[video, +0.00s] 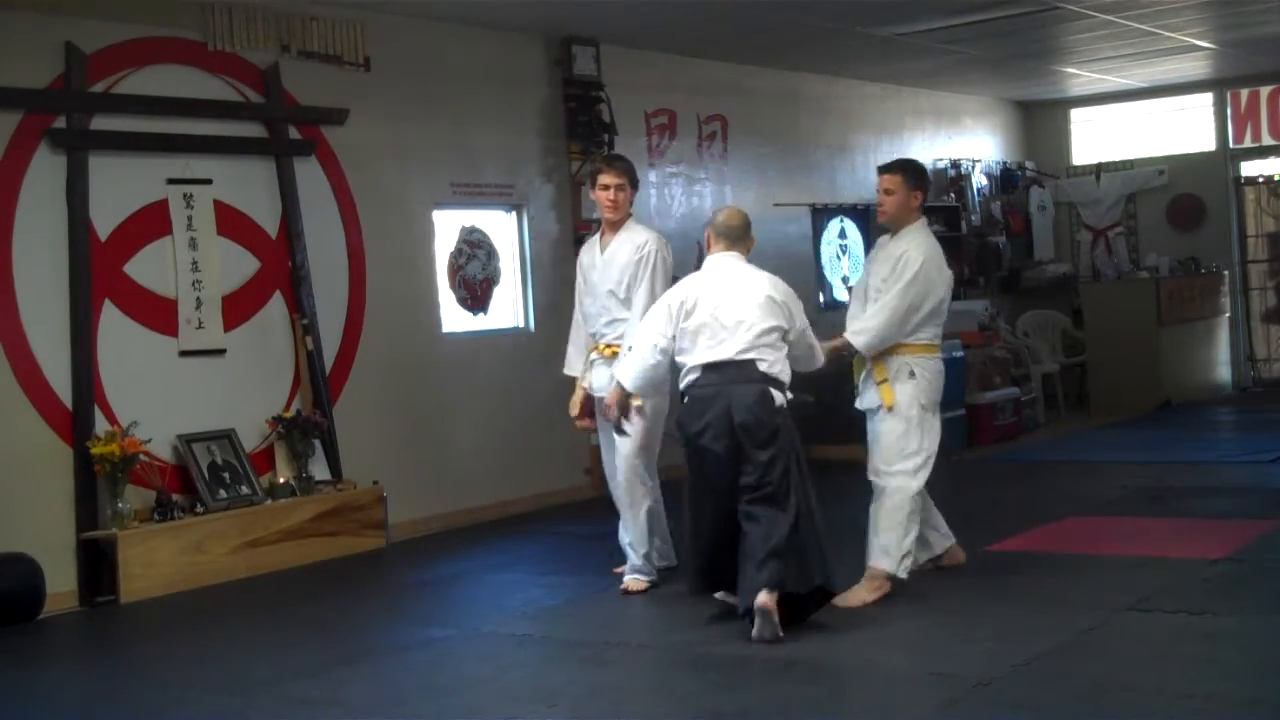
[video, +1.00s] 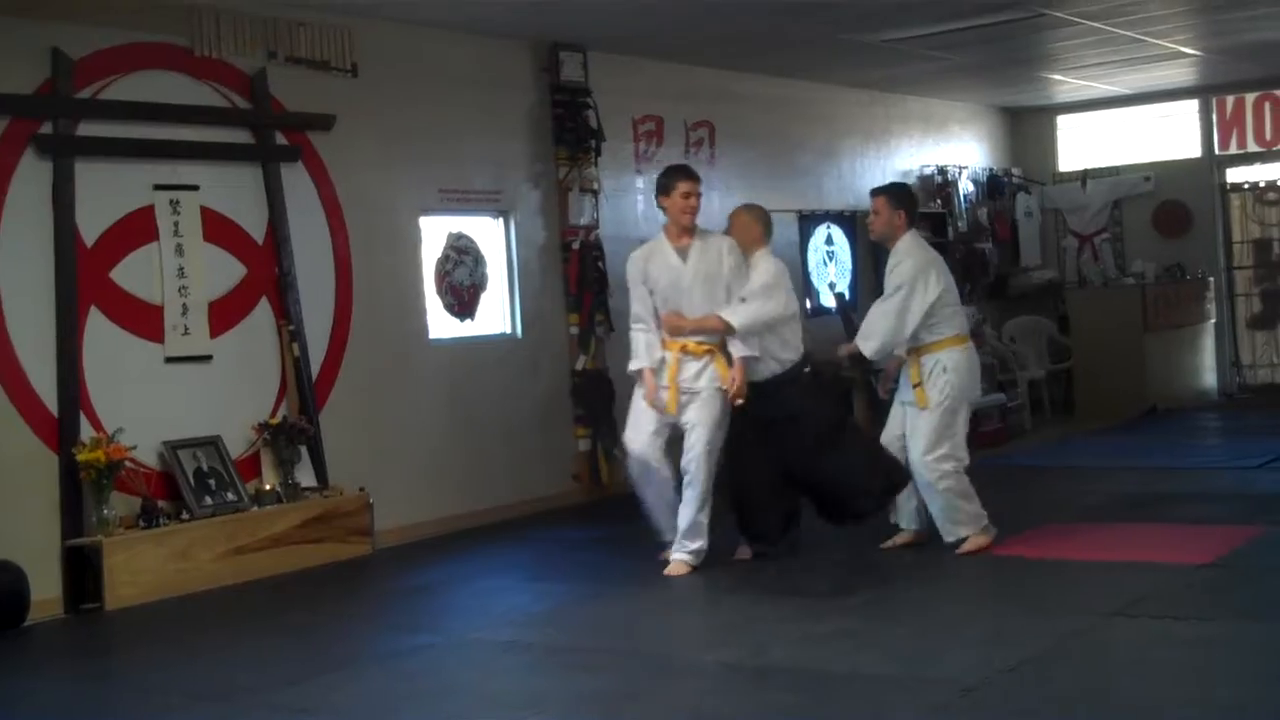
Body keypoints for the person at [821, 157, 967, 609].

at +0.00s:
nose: (879, 200)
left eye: (888, 193)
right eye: (879, 192)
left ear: (916, 199)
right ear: (886, 198)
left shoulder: (921, 252)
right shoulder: (888, 245)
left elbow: (887, 319)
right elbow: (862, 301)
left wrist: (837, 344)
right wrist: (851, 342)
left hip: (910, 370)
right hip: (882, 367)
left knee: (896, 471)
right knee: (886, 467)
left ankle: (879, 573)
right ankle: (943, 546)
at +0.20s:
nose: (899, 200)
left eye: (908, 193)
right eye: (899, 192)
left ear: (934, 199)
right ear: (906, 199)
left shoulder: (944, 252)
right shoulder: (900, 248)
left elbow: (917, 317)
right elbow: (879, 306)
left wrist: (866, 365)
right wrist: (870, 356)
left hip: (933, 367)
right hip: (895, 365)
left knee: (912, 456)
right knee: (887, 461)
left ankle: (950, 545)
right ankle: (925, 550)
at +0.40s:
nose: (910, 198)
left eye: (919, 191)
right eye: (911, 191)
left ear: (945, 198)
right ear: (925, 198)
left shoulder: (954, 251)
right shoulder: (908, 249)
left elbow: (928, 314)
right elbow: (891, 305)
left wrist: (875, 354)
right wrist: (890, 346)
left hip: (954, 366)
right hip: (911, 366)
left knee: (964, 464)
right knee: (911, 460)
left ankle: (995, 516)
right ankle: (939, 542)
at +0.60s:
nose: (901, 217)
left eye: (910, 212)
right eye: (904, 210)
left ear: (935, 221)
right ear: (928, 220)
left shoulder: (944, 268)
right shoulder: (919, 261)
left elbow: (906, 327)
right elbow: (918, 321)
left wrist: (846, 368)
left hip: (973, 370)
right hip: (935, 370)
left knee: (966, 462)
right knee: (917, 444)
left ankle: (978, 535)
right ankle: (936, 533)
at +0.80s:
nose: (876, 226)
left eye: (882, 218)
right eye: (876, 218)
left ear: (908, 221)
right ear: (906, 222)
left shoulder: (927, 258)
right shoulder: (913, 258)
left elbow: (899, 314)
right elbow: (912, 314)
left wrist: (845, 343)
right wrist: (904, 352)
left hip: (964, 364)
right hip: (933, 364)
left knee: (949, 456)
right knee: (904, 442)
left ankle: (974, 536)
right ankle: (913, 523)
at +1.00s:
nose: (869, 221)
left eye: (876, 214)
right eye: (870, 214)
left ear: (900, 217)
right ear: (898, 219)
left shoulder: (913, 257)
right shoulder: (904, 256)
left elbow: (892, 315)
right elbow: (912, 322)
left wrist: (858, 346)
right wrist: (894, 363)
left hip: (946, 362)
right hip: (922, 364)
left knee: (930, 452)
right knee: (894, 444)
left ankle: (976, 529)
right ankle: (911, 524)